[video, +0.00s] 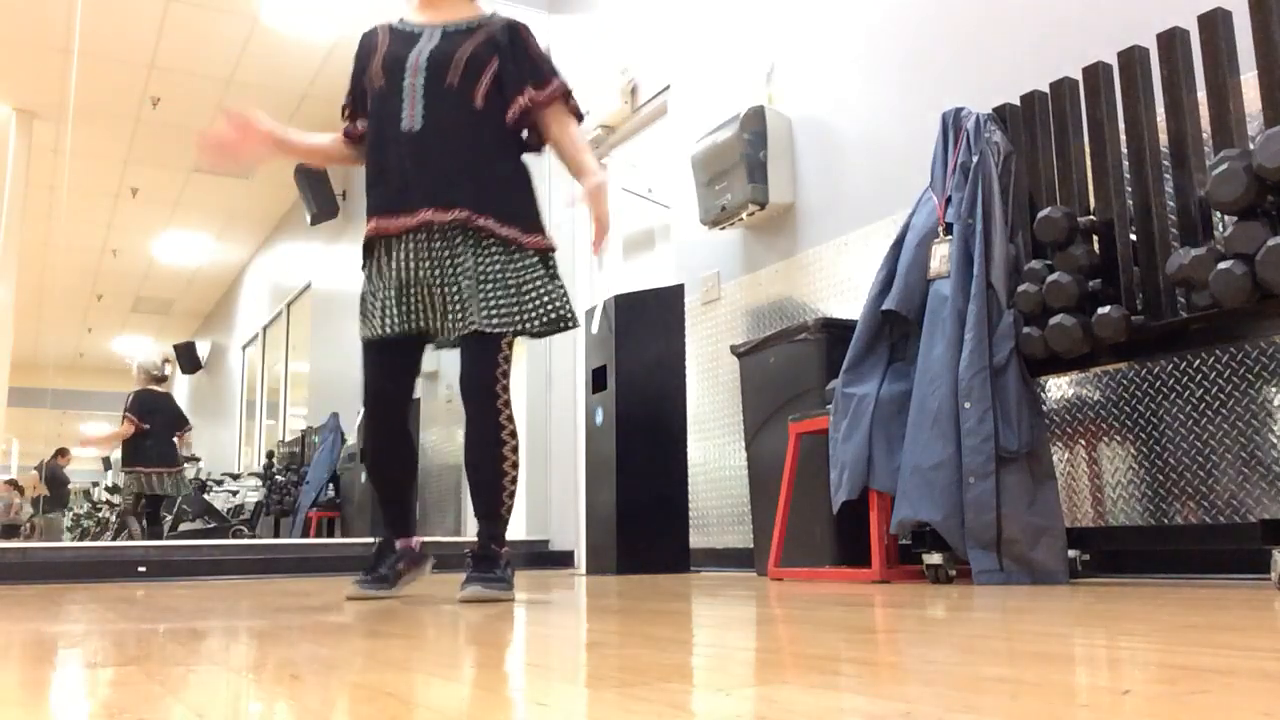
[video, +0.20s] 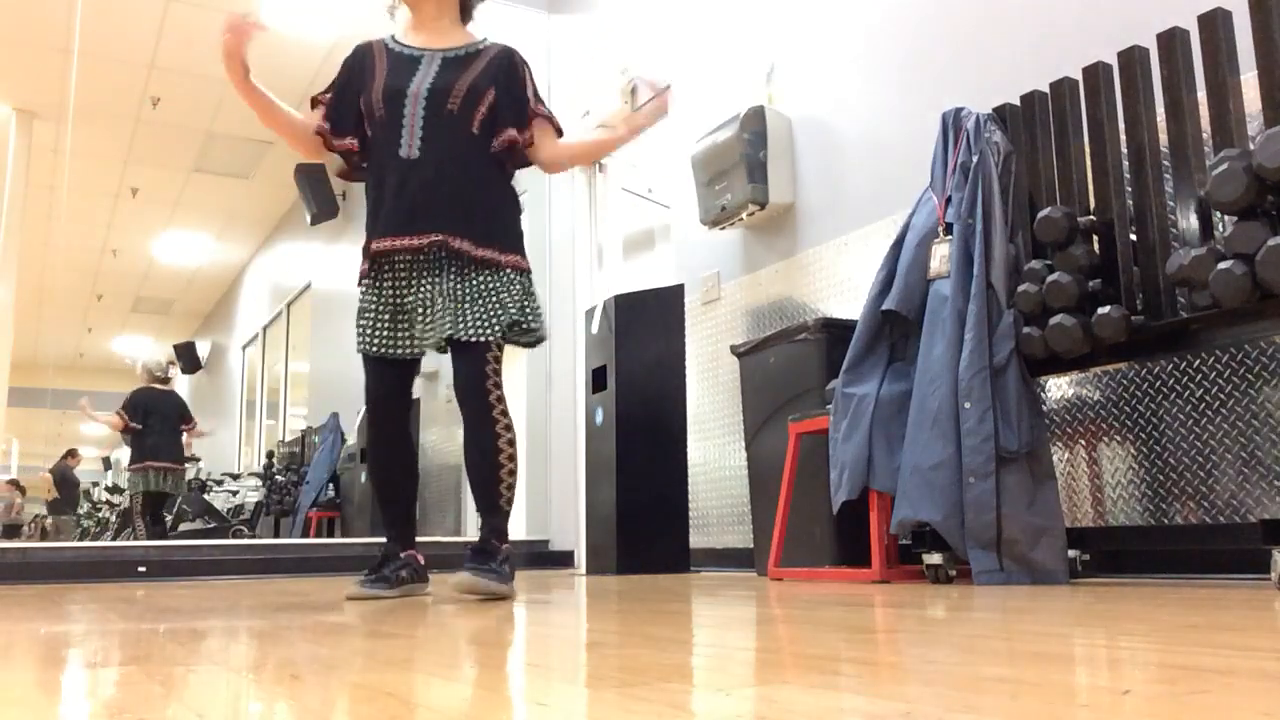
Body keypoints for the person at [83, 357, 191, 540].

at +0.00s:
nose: (134, 375)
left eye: (136, 371)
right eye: (135, 370)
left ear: (141, 373)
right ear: (160, 375)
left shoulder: (138, 396)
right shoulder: (167, 397)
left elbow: (127, 430)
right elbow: (182, 431)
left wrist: (97, 441)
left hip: (139, 467)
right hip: (166, 467)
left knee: (129, 511)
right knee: (154, 514)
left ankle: (139, 548)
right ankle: (155, 555)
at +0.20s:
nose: (139, 375)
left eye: (140, 372)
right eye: (140, 372)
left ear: (145, 374)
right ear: (166, 375)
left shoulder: (139, 395)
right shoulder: (175, 397)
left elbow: (118, 424)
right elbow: (191, 428)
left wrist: (91, 413)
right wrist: (201, 433)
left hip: (144, 467)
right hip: (172, 466)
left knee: (139, 515)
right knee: (157, 514)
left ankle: (147, 559)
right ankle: (163, 556)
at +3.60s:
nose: (208, 365)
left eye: (210, 362)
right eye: (209, 361)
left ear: (215, 365)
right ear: (235, 366)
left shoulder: (209, 388)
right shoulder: (240, 392)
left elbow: (197, 423)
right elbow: (255, 425)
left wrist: (175, 430)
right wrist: (250, 461)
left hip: (210, 463)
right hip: (235, 464)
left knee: (209, 512)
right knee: (213, 508)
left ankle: (219, 556)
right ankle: (239, 540)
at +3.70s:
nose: (207, 364)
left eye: (209, 361)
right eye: (208, 360)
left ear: (214, 364)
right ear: (233, 365)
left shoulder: (207, 387)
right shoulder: (239, 390)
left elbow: (191, 422)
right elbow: (253, 422)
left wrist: (175, 422)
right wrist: (241, 448)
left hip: (209, 460)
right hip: (235, 460)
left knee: (210, 510)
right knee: (212, 507)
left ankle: (219, 553)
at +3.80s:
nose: (206, 363)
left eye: (208, 360)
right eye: (208, 359)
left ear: (213, 364)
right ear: (232, 366)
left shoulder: (205, 387)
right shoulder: (237, 390)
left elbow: (187, 420)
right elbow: (252, 421)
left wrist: (175, 417)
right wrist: (238, 443)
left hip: (209, 461)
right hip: (235, 460)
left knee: (210, 509)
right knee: (214, 507)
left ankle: (220, 552)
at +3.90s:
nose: (207, 364)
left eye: (209, 361)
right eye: (209, 360)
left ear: (212, 365)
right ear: (232, 367)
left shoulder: (204, 388)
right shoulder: (236, 390)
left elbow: (184, 420)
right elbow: (250, 423)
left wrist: (176, 416)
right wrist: (229, 428)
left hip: (206, 462)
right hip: (232, 462)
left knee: (209, 510)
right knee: (215, 508)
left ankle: (219, 552)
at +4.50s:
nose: (196, 369)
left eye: (198, 366)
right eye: (198, 366)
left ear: (202, 369)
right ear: (221, 370)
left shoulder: (194, 391)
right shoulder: (225, 392)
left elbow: (183, 422)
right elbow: (238, 425)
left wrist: (172, 455)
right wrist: (218, 435)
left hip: (193, 465)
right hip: (220, 464)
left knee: (172, 504)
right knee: (210, 511)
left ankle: (187, 538)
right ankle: (212, 553)